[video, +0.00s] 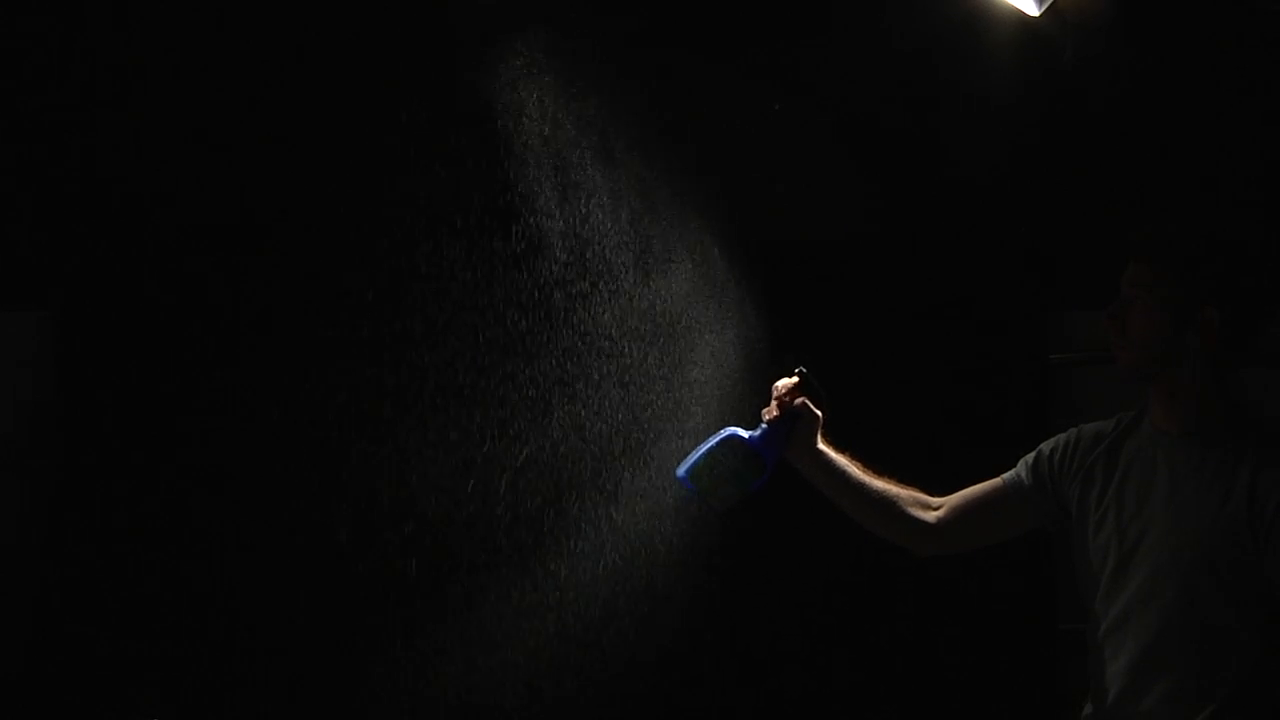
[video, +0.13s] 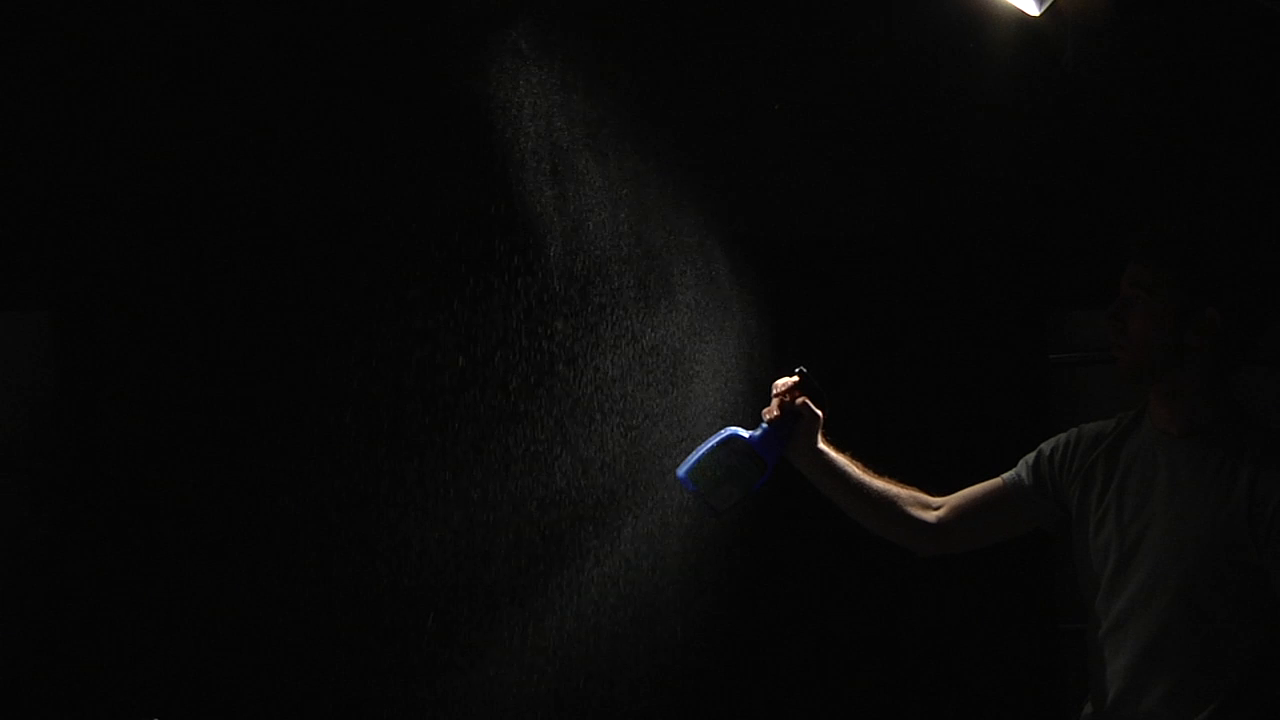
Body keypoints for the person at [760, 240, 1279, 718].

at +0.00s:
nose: (1117, 318)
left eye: (1140, 301)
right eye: (1122, 299)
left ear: (1200, 318)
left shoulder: (1256, 458)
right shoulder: (1090, 455)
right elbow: (932, 520)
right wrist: (810, 449)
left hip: (1232, 700)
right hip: (1118, 701)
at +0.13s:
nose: (1119, 316)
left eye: (1142, 299)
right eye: (1123, 297)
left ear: (1202, 319)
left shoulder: (1258, 459)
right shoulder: (1088, 456)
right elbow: (933, 519)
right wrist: (811, 449)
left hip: (1233, 702)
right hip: (1118, 702)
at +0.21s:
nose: (1120, 321)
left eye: (1142, 302)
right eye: (1123, 303)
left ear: (1202, 322)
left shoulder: (1257, 457)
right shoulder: (1087, 456)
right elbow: (933, 520)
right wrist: (812, 447)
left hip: (1231, 699)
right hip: (1116, 701)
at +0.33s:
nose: (1119, 317)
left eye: (1141, 301)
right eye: (1123, 299)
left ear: (1203, 322)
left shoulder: (1258, 459)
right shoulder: (1087, 456)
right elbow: (934, 520)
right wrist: (812, 448)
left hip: (1231, 701)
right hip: (1117, 702)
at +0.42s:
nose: (1120, 317)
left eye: (1142, 301)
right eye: (1123, 300)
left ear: (1201, 319)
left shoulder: (1257, 457)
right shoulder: (1088, 456)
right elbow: (933, 521)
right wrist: (812, 448)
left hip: (1231, 701)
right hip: (1117, 702)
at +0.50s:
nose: (1120, 317)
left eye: (1143, 301)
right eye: (1123, 299)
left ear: (1204, 320)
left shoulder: (1258, 457)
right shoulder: (1088, 457)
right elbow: (934, 520)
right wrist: (813, 449)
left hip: (1233, 701)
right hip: (1118, 702)